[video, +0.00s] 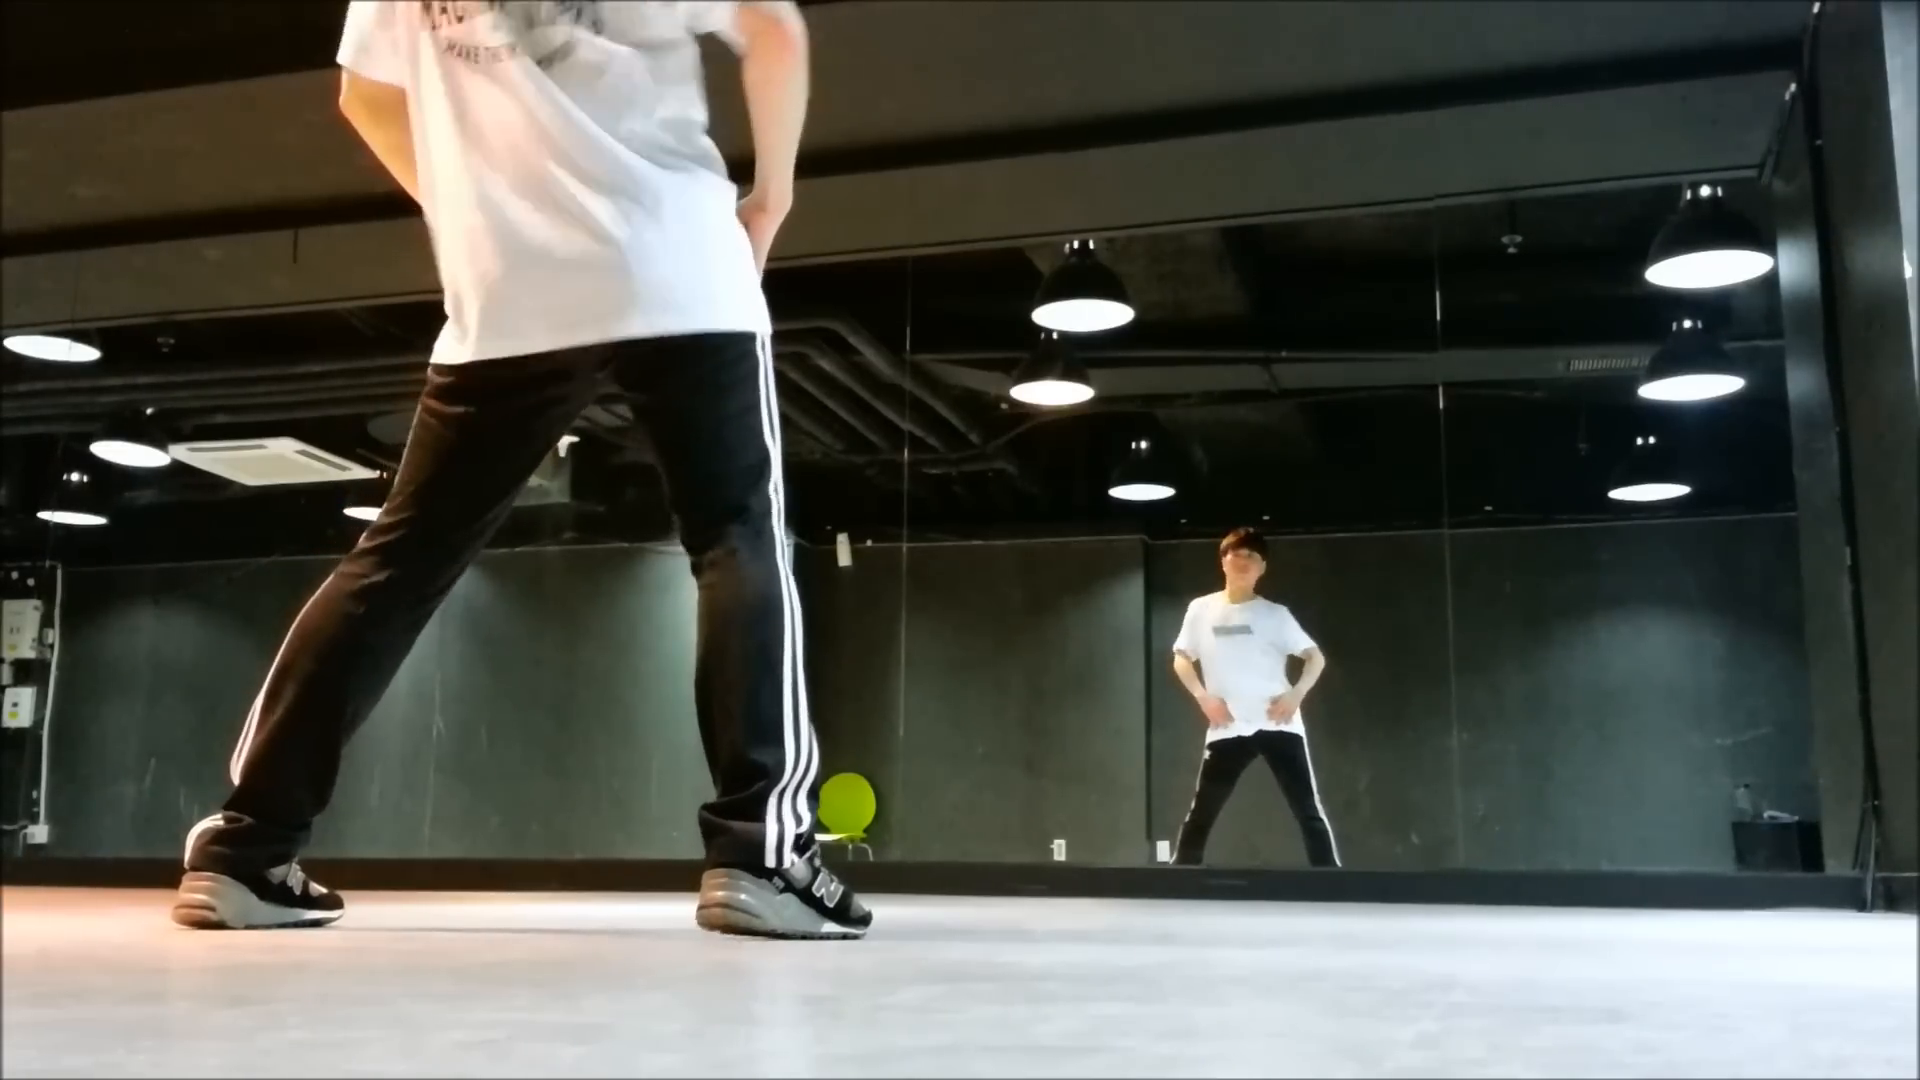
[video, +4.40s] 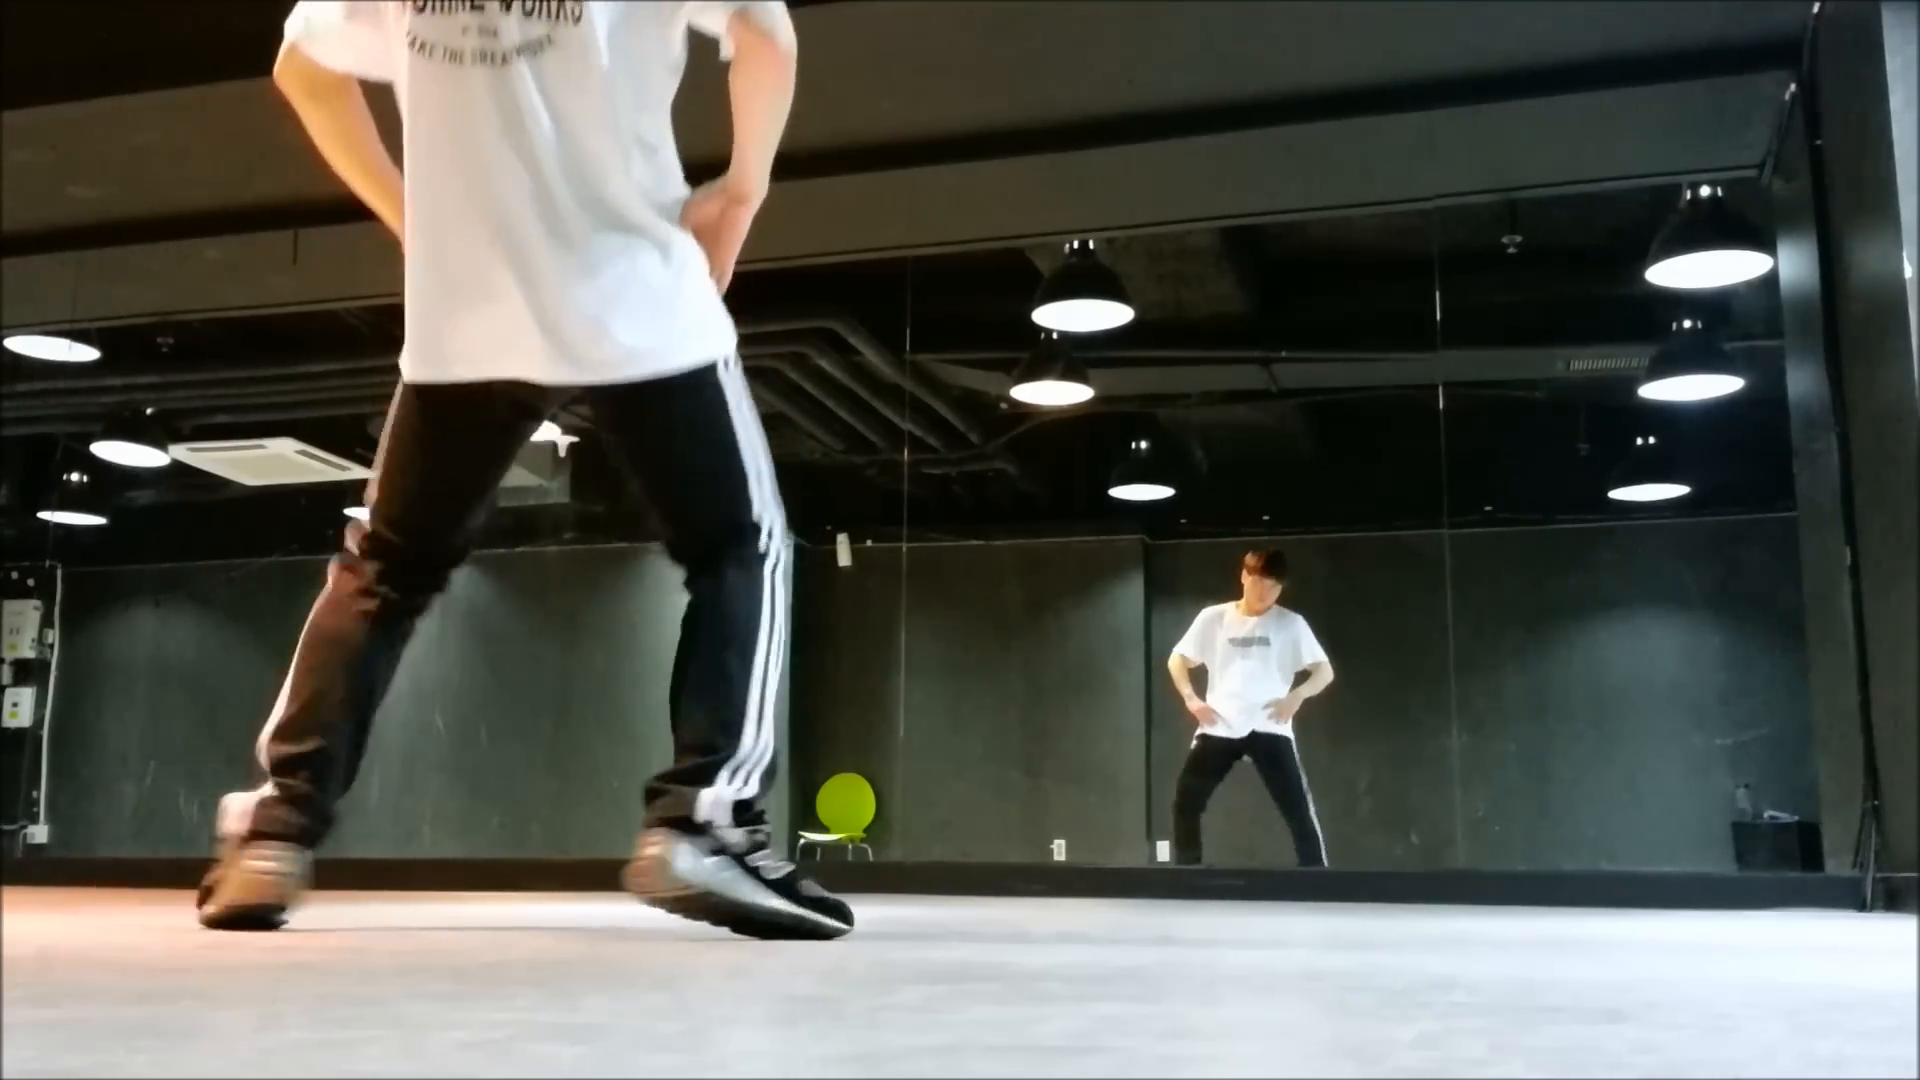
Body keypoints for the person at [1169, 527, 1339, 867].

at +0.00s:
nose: (1242, 563)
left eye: (1251, 557)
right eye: (1235, 555)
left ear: (1262, 567)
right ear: (1223, 561)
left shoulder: (1277, 614)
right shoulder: (1201, 609)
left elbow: (1316, 658)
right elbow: (1181, 661)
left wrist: (1295, 696)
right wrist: (1205, 699)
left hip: (1280, 728)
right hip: (1228, 731)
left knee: (1309, 813)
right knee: (1200, 815)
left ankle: (1333, 889)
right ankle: (1178, 889)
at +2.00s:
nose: (1231, 572)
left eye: (1239, 565)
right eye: (1225, 569)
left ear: (1257, 572)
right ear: (1220, 582)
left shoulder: (1290, 624)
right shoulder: (1210, 625)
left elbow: (1326, 671)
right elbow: (1176, 671)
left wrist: (1303, 711)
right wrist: (1199, 715)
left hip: (1277, 745)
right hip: (1227, 745)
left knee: (1292, 825)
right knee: (1201, 826)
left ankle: (1339, 889)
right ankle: (1160, 888)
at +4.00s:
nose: (1256, 573)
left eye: (1264, 570)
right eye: (1249, 567)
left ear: (1274, 585)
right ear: (1235, 577)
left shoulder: (1286, 627)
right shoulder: (1207, 627)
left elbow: (1325, 669)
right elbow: (1174, 672)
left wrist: (1301, 713)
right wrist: (1195, 720)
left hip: (1276, 747)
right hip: (1227, 747)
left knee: (1294, 823)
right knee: (1203, 825)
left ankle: (1338, 888)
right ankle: (1162, 885)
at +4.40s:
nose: (1261, 590)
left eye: (1270, 582)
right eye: (1255, 580)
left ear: (1280, 586)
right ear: (1243, 577)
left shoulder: (1292, 624)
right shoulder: (1213, 618)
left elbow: (1324, 671)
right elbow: (1177, 660)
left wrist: (1296, 696)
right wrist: (1191, 699)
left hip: (1270, 729)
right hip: (1220, 728)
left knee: (1299, 812)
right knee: (1186, 802)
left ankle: (1319, 889)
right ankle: (1188, 885)